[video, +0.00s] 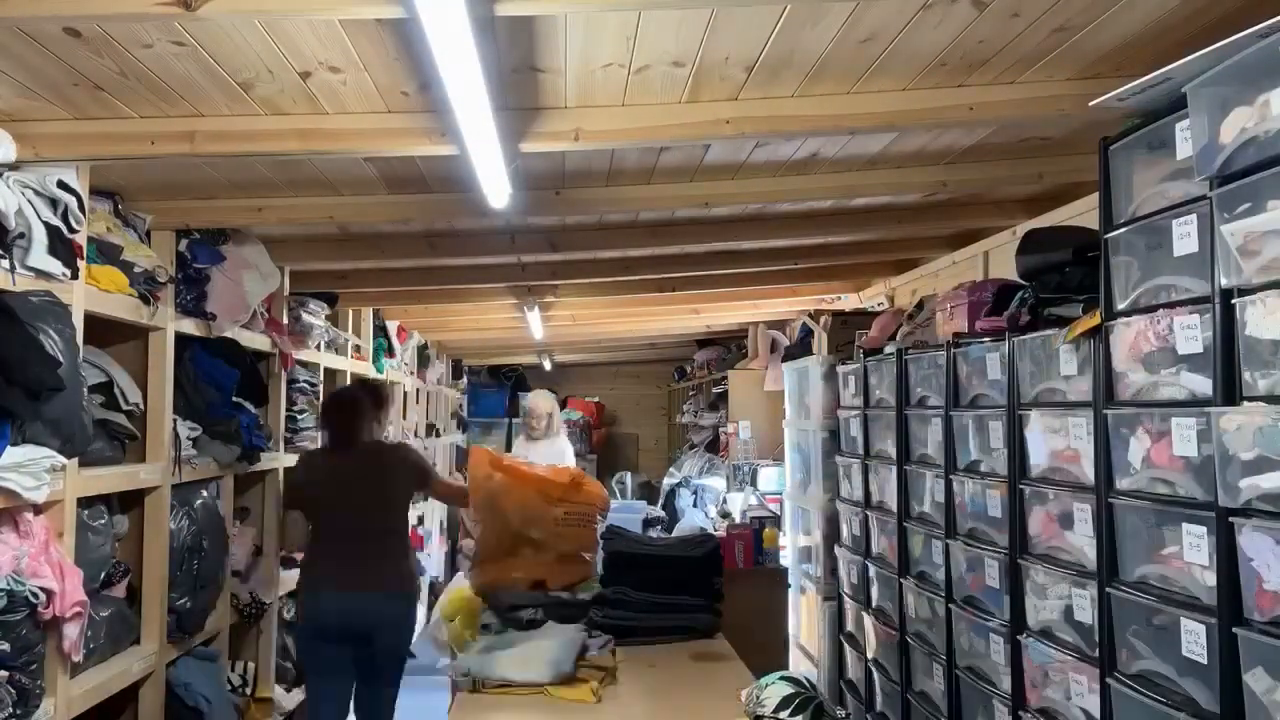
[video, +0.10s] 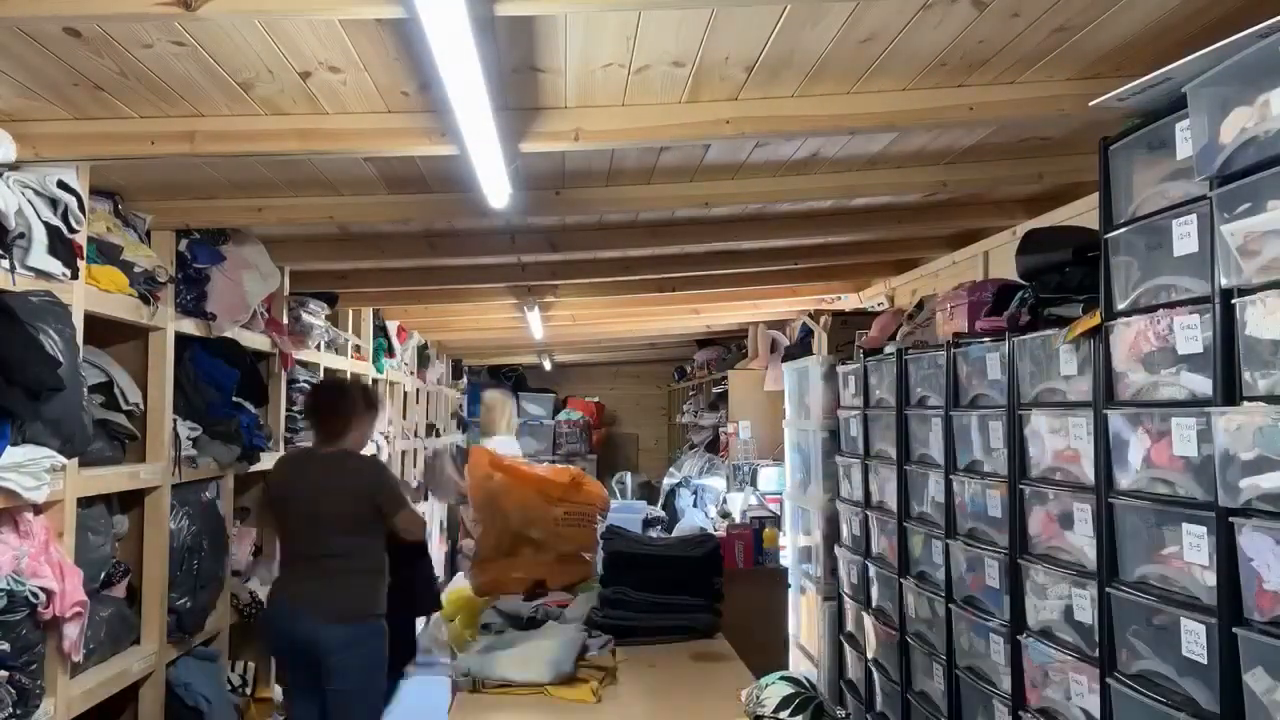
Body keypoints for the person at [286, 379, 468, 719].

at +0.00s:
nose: (384, 426)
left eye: (383, 419)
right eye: (381, 419)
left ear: (330, 422)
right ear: (371, 421)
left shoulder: (308, 465)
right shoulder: (400, 459)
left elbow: (289, 539)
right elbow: (455, 495)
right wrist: (493, 490)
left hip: (324, 595)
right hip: (389, 596)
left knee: (326, 707)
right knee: (376, 709)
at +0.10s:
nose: (371, 429)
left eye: (372, 420)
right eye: (370, 419)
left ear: (316, 419)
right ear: (356, 421)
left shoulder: (285, 468)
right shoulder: (370, 472)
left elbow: (265, 549)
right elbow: (415, 529)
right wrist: (398, 500)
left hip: (290, 610)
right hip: (354, 616)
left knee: (302, 710)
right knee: (356, 711)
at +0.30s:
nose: (382, 421)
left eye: (388, 413)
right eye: (372, 414)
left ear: (398, 416)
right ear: (356, 420)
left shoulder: (422, 457)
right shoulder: (342, 460)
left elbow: (436, 514)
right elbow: (335, 531)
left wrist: (427, 554)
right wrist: (345, 587)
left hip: (404, 581)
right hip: (352, 581)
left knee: (395, 671)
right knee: (349, 675)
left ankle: (390, 716)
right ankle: (349, 717)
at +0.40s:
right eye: (444, 416)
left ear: (404, 417)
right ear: (446, 420)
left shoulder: (377, 458)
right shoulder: (456, 461)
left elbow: (361, 517)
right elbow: (470, 518)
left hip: (375, 573)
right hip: (428, 577)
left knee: (372, 660)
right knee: (421, 651)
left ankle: (366, 716)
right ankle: (423, 715)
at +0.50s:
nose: (374, 431)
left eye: (378, 421)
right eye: (364, 422)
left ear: (383, 420)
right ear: (330, 419)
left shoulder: (383, 467)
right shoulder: (307, 471)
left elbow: (429, 522)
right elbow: (352, 519)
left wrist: (459, 480)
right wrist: (421, 473)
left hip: (380, 636)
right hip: (316, 640)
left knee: (376, 714)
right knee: (319, 715)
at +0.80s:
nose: (405, 437)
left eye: (406, 424)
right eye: (397, 422)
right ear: (347, 416)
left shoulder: (381, 489)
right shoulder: (310, 500)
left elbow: (427, 570)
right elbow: (411, 588)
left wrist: (494, 513)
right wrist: (496, 509)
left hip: (400, 703)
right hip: (336, 707)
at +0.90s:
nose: (489, 453)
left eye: (493, 443)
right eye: (489, 440)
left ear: (455, 428)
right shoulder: (417, 495)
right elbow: (424, 630)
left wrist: (483, 611)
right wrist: (510, 644)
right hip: (382, 695)